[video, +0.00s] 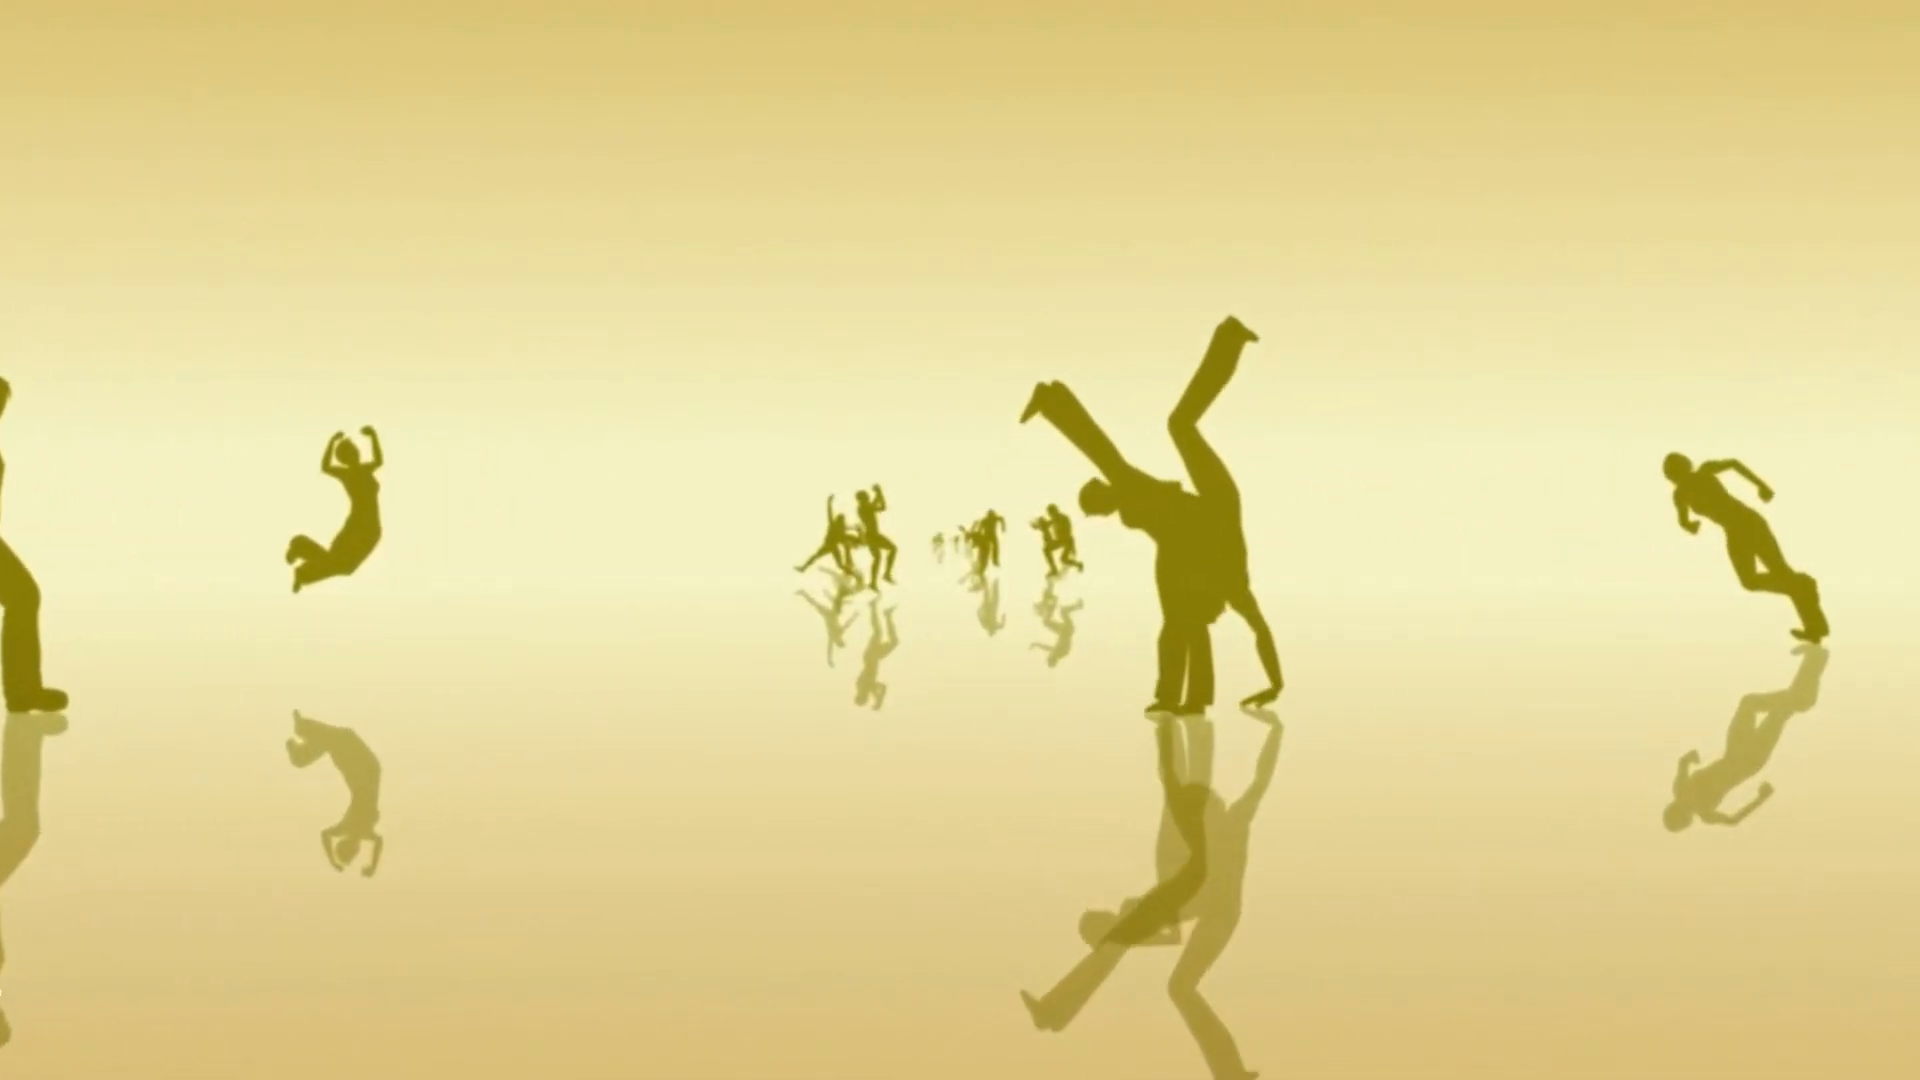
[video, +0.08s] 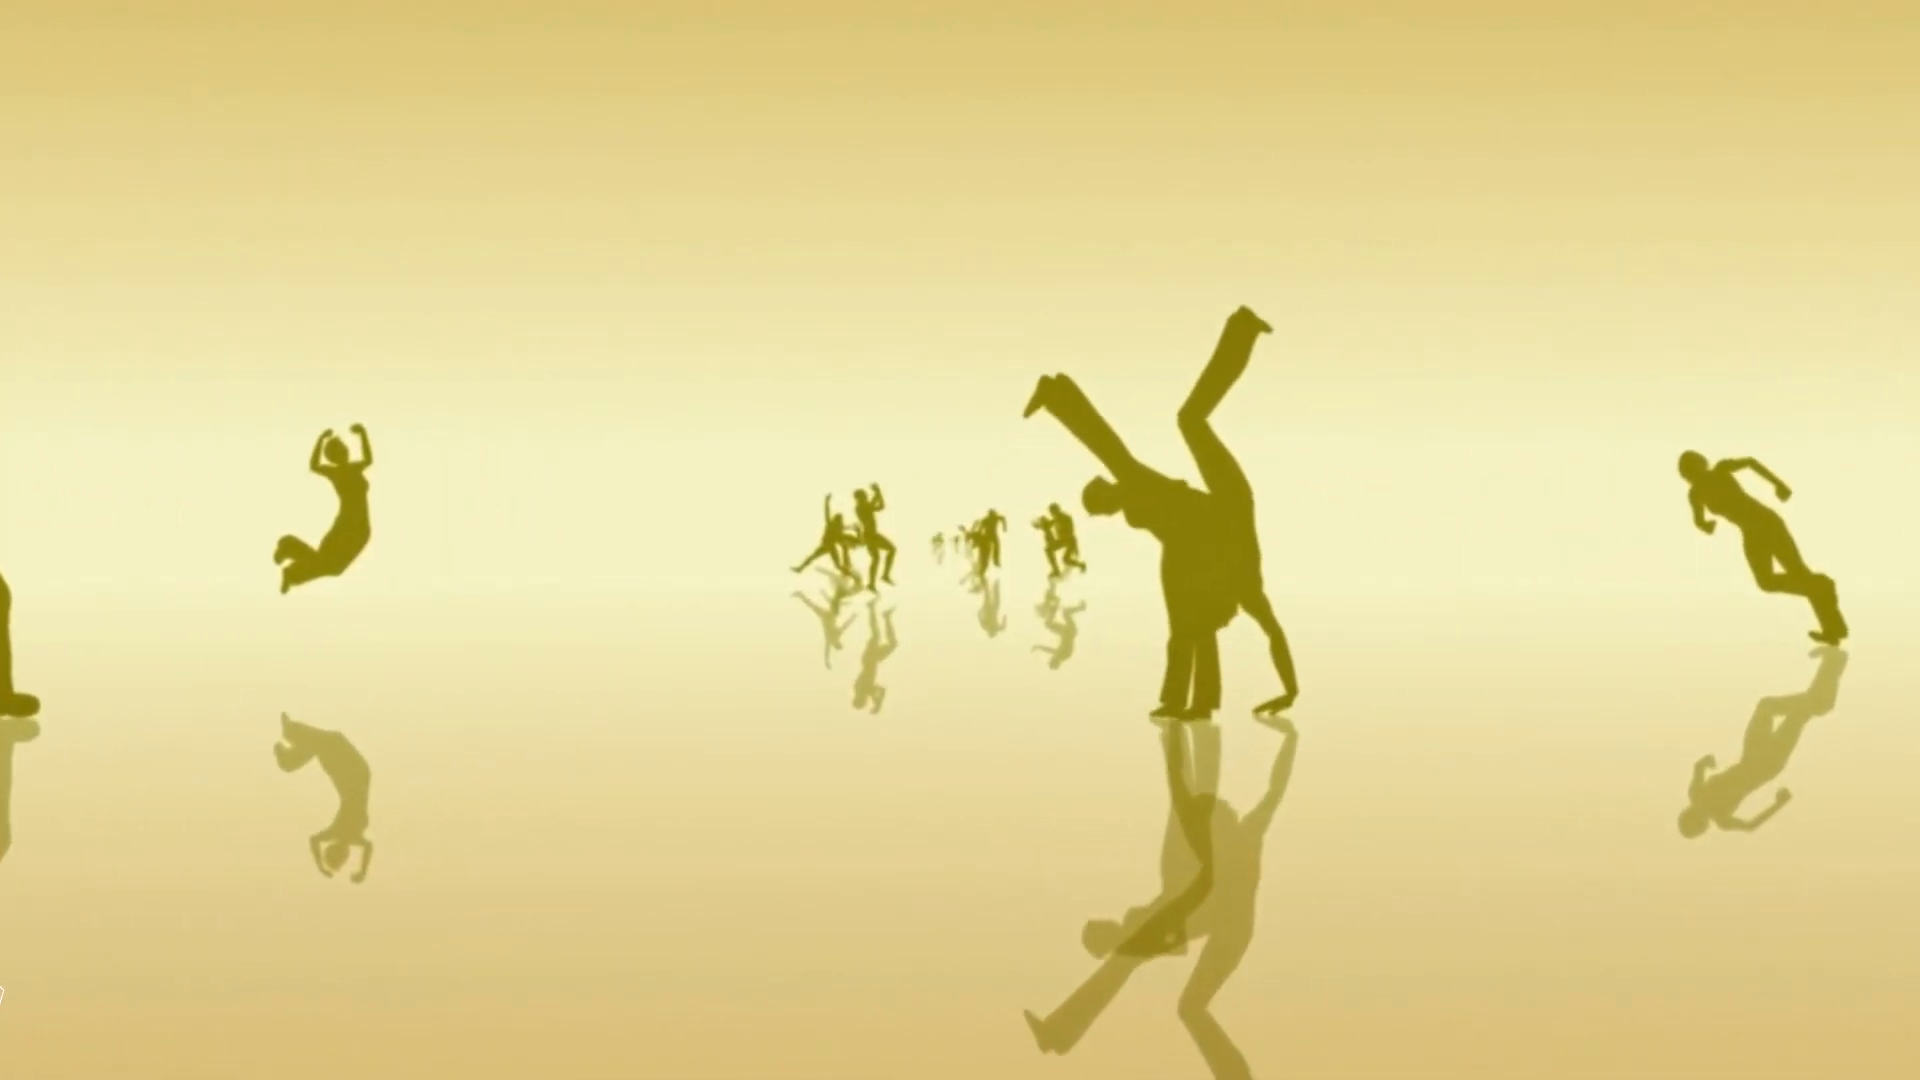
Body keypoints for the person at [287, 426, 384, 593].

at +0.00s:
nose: (352, 453)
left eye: (353, 449)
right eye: (347, 451)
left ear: (358, 450)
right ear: (342, 457)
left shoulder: (365, 470)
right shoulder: (346, 473)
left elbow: (378, 461)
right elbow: (326, 468)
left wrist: (373, 437)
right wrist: (332, 442)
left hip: (373, 526)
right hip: (357, 522)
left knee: (347, 568)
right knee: (335, 561)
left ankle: (304, 575)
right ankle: (301, 545)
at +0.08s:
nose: (342, 451)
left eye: (342, 447)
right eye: (336, 449)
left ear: (347, 448)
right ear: (331, 455)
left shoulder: (354, 469)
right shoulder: (335, 471)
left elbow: (368, 460)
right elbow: (314, 466)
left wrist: (363, 434)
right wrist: (320, 440)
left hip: (362, 526)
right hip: (346, 521)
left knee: (336, 568)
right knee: (325, 561)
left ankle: (292, 576)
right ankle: (290, 546)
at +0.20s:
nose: (334, 449)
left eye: (334, 445)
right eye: (329, 447)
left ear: (339, 447)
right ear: (324, 454)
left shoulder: (346, 468)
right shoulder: (327, 471)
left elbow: (361, 459)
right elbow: (306, 465)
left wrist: (356, 433)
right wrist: (313, 439)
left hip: (354, 525)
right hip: (338, 520)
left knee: (328, 568)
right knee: (317, 562)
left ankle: (285, 576)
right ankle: (282, 546)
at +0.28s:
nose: (322, 448)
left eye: (322, 443)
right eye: (317, 446)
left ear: (328, 445)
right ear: (312, 452)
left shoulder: (335, 466)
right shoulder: (315, 469)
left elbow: (350, 458)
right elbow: (294, 464)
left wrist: (345, 431)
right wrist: (301, 437)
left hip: (344, 526)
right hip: (327, 522)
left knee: (317, 569)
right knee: (306, 562)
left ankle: (273, 577)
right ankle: (269, 546)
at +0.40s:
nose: (315, 447)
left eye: (315, 442)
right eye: (309, 445)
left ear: (320, 444)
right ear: (304, 451)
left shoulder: (328, 465)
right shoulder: (307, 469)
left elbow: (342, 457)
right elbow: (286, 463)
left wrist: (337, 430)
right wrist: (293, 436)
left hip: (336, 525)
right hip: (319, 521)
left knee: (309, 569)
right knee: (297, 562)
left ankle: (264, 577)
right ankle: (260, 546)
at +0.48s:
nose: (303, 445)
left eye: (303, 441)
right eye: (297, 443)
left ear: (308, 443)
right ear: (292, 450)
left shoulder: (316, 464)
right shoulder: (295, 467)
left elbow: (331, 455)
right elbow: (274, 462)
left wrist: (325, 428)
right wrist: (280, 433)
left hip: (324, 525)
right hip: (307, 521)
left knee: (297, 570)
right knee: (285, 563)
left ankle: (251, 578)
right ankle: (247, 546)